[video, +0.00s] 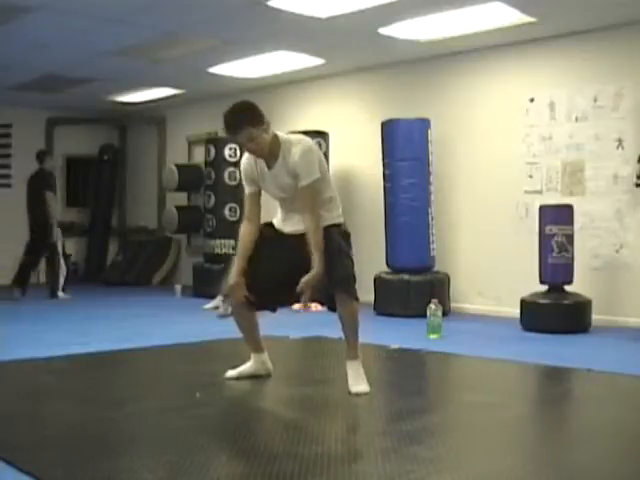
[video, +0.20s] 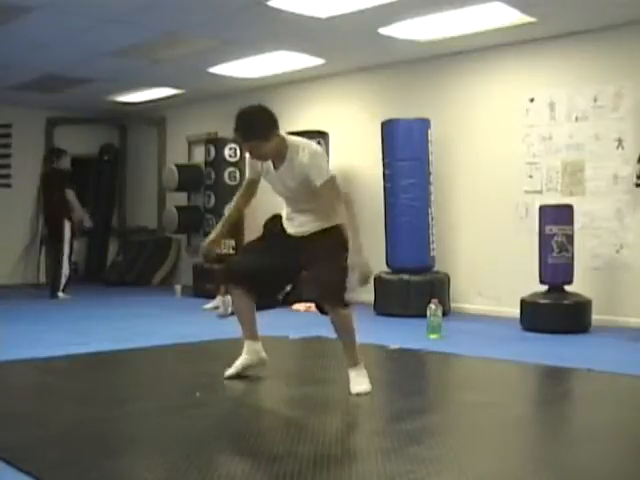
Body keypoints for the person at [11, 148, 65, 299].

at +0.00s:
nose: (53, 162)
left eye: (52, 159)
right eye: (51, 159)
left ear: (39, 160)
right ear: (46, 160)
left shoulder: (33, 177)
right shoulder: (48, 176)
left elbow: (33, 206)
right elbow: (50, 204)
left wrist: (35, 224)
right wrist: (54, 227)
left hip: (36, 224)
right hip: (47, 224)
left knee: (32, 255)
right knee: (55, 256)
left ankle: (18, 285)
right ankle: (56, 289)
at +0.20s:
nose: (69, 163)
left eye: (68, 160)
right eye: (66, 160)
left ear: (53, 161)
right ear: (58, 161)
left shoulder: (46, 176)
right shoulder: (63, 176)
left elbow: (43, 202)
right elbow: (71, 199)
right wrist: (83, 216)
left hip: (50, 217)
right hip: (62, 218)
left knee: (52, 251)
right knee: (64, 253)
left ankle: (53, 285)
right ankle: (58, 289)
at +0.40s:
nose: (84, 167)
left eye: (84, 164)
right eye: (82, 164)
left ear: (69, 166)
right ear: (76, 165)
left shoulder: (63, 182)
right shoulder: (79, 181)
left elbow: (62, 204)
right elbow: (84, 201)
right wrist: (98, 215)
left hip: (65, 219)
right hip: (76, 220)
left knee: (66, 253)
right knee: (73, 254)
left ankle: (58, 287)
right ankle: (60, 289)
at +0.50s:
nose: (90, 167)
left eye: (89, 163)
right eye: (87, 164)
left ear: (75, 165)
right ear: (81, 165)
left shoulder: (70, 180)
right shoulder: (83, 179)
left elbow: (70, 203)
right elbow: (88, 201)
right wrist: (99, 217)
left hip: (73, 219)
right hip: (83, 219)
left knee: (80, 255)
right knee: (82, 256)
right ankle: (63, 287)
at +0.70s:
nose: (106, 168)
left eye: (106, 164)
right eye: (105, 164)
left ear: (94, 163)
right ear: (98, 162)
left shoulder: (84, 175)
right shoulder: (93, 176)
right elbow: (96, 199)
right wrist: (108, 215)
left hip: (85, 218)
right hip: (95, 218)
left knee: (90, 252)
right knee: (107, 253)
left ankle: (90, 283)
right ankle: (95, 285)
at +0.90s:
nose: (120, 171)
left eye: (120, 166)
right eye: (118, 166)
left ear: (104, 163)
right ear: (110, 165)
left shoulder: (97, 178)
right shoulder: (106, 180)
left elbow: (102, 202)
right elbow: (106, 203)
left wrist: (114, 215)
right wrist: (117, 217)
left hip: (96, 219)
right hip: (106, 220)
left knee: (96, 252)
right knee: (120, 253)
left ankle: (92, 284)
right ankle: (134, 283)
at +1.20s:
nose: (139, 165)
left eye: (138, 162)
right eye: (136, 162)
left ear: (126, 164)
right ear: (129, 163)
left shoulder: (118, 176)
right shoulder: (129, 178)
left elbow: (116, 201)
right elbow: (131, 203)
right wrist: (140, 219)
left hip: (119, 218)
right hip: (129, 220)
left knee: (120, 251)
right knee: (133, 253)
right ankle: (137, 286)